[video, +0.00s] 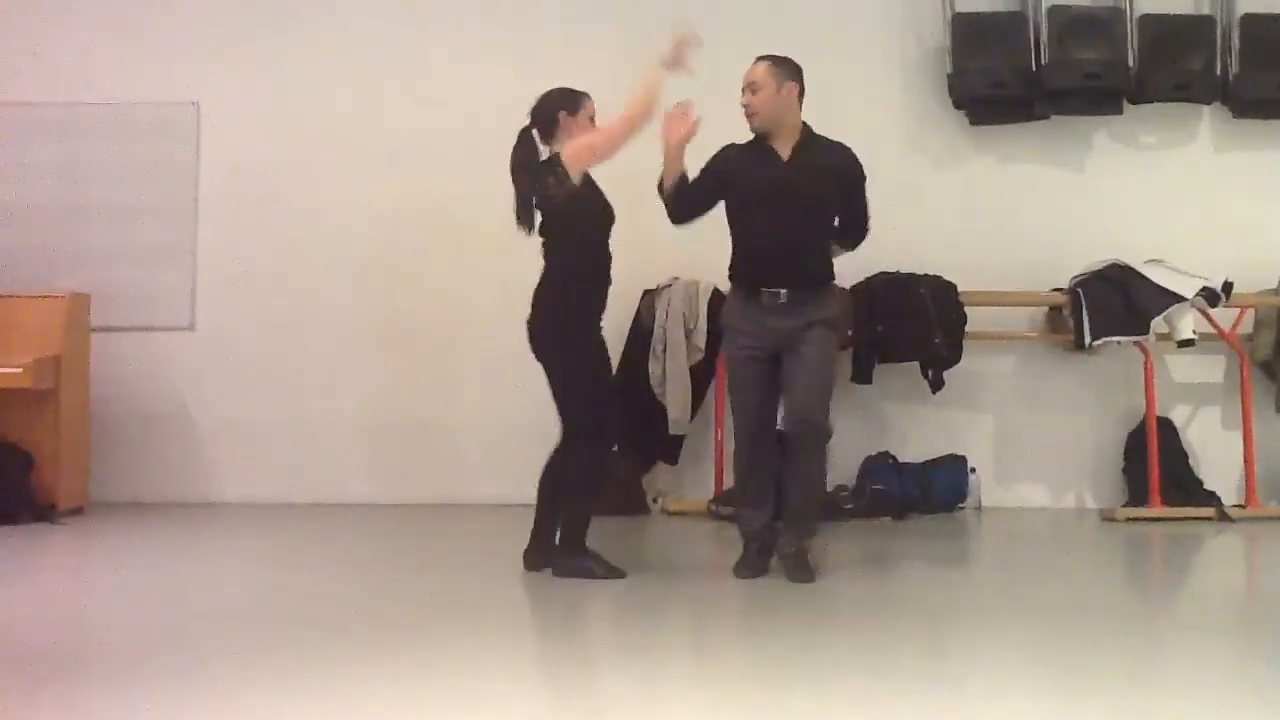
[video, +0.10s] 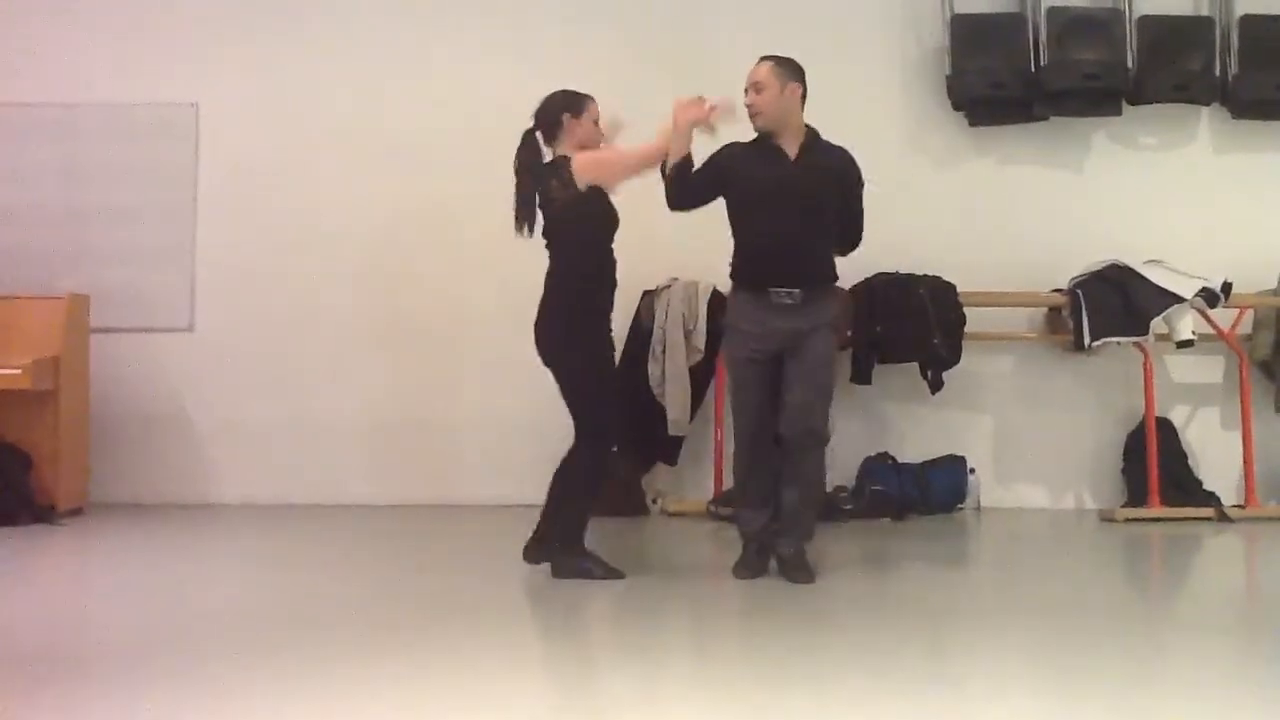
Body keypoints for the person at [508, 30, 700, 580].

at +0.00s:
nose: (598, 124)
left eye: (594, 116)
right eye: (589, 117)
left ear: (560, 125)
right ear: (563, 123)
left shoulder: (561, 171)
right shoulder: (564, 168)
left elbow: (621, 129)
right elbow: (628, 123)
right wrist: (664, 66)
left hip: (564, 320)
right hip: (566, 324)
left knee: (580, 434)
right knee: (597, 432)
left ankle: (543, 543)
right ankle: (570, 548)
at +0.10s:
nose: (601, 129)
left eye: (599, 120)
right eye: (594, 120)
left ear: (564, 126)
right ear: (569, 125)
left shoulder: (558, 172)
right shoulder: (578, 169)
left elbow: (615, 166)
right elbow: (645, 159)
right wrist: (684, 123)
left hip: (572, 322)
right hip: (575, 326)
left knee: (594, 431)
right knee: (599, 432)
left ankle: (549, 536)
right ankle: (566, 547)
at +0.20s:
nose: (602, 128)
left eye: (600, 119)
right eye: (596, 120)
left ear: (566, 126)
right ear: (571, 124)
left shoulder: (559, 173)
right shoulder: (577, 172)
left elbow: (622, 178)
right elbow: (648, 176)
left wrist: (630, 127)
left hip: (571, 320)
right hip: (579, 324)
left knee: (592, 431)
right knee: (596, 434)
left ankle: (553, 531)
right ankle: (566, 546)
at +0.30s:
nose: (604, 132)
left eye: (601, 123)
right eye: (596, 124)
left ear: (567, 132)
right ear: (570, 129)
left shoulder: (557, 178)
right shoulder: (585, 175)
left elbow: (638, 193)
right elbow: (657, 199)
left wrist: (652, 139)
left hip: (566, 322)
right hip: (582, 325)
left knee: (591, 429)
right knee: (598, 432)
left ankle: (563, 524)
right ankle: (568, 549)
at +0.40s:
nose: (603, 136)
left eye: (601, 128)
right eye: (596, 128)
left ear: (567, 137)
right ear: (570, 135)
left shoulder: (564, 186)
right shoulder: (582, 185)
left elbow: (647, 216)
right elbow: (658, 225)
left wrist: (668, 170)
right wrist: (715, 241)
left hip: (567, 328)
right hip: (581, 332)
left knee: (579, 437)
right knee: (646, 430)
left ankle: (571, 543)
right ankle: (572, 545)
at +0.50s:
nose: (603, 134)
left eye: (600, 126)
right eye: (595, 126)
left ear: (568, 136)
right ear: (568, 133)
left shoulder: (570, 185)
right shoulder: (582, 187)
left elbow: (652, 214)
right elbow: (661, 229)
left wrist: (674, 162)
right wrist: (718, 245)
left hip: (572, 326)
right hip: (579, 330)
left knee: (581, 434)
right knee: (644, 428)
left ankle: (582, 525)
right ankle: (569, 549)